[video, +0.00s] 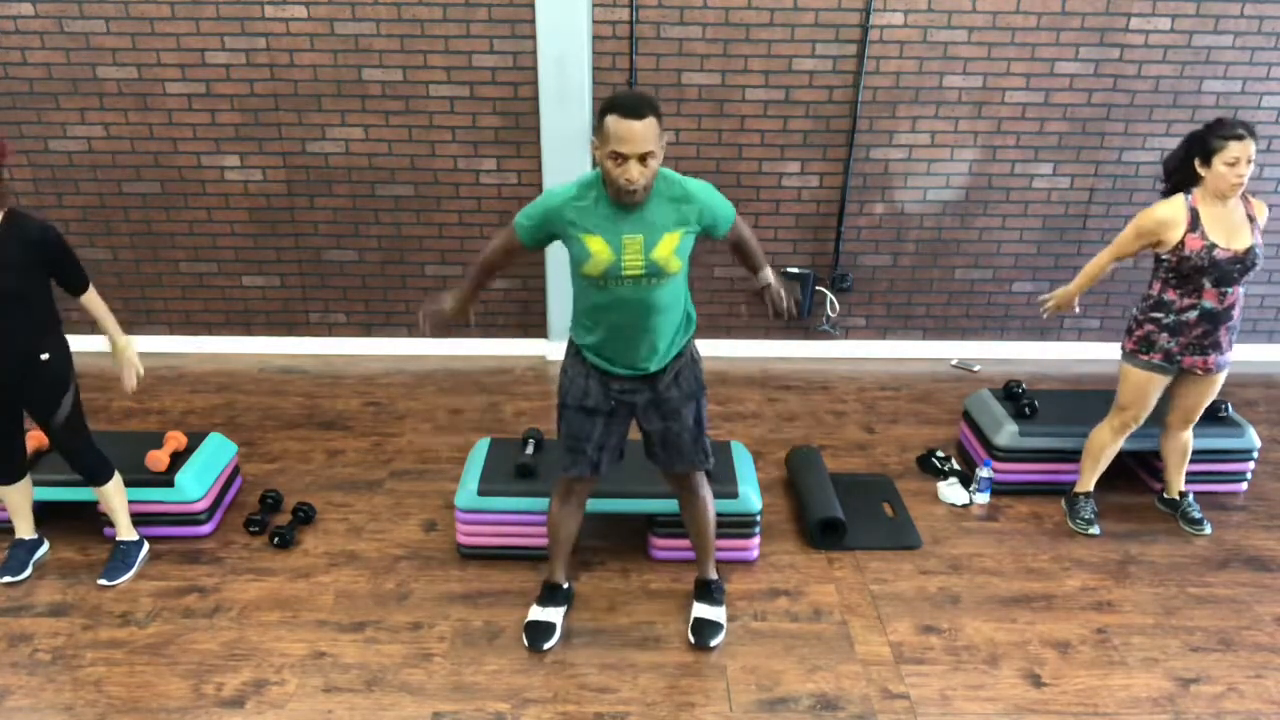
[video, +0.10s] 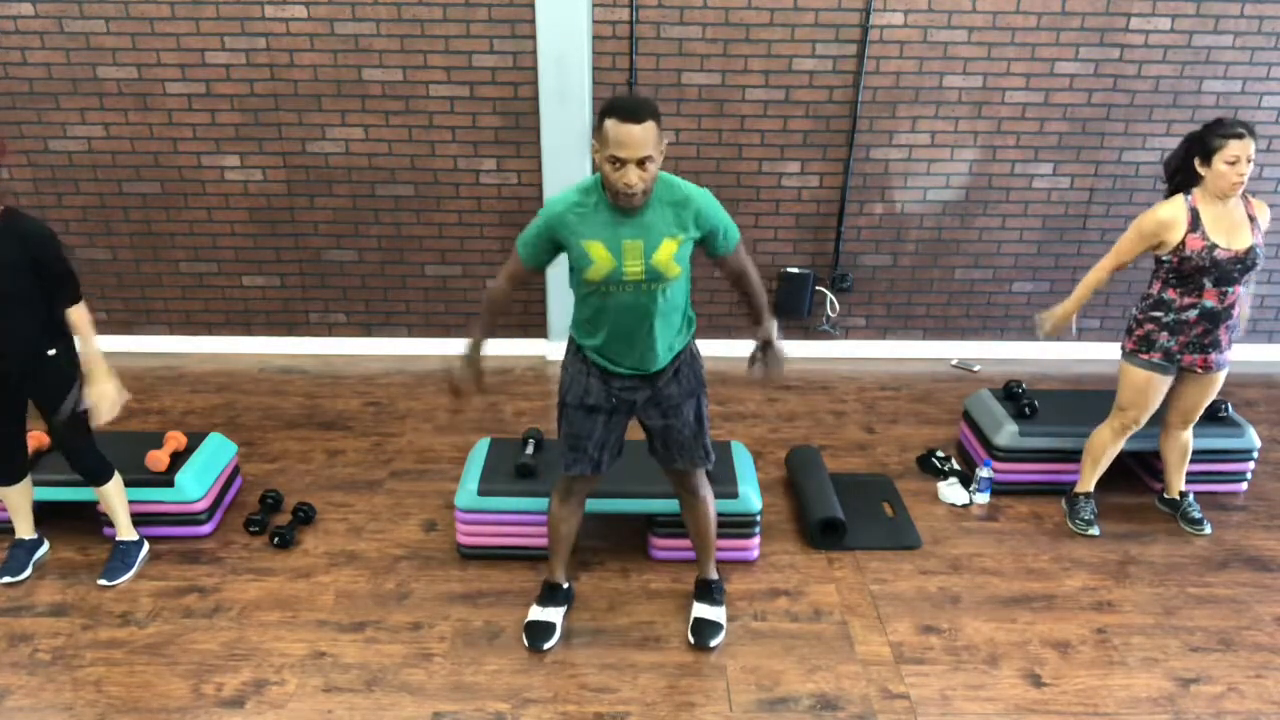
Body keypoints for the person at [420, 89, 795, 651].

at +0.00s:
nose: (632, 173)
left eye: (645, 159)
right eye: (618, 158)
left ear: (663, 150)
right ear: (596, 150)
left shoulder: (693, 200)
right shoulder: (563, 207)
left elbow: (737, 232)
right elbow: (504, 249)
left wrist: (765, 275)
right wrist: (460, 297)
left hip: (671, 366)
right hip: (593, 367)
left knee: (687, 476)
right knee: (574, 480)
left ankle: (709, 582)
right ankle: (556, 586)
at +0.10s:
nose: (631, 178)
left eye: (644, 163)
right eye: (617, 163)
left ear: (662, 153)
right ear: (596, 155)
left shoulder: (693, 205)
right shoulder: (564, 214)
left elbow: (739, 263)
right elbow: (506, 280)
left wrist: (767, 328)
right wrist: (473, 347)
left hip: (671, 366)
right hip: (593, 367)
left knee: (690, 478)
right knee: (573, 481)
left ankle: (709, 583)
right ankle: (556, 587)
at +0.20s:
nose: (630, 194)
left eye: (643, 179)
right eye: (616, 179)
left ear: (660, 168)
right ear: (596, 170)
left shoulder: (690, 219)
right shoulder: (564, 229)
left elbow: (731, 303)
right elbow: (524, 314)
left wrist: (752, 377)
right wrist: (502, 411)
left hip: (671, 364)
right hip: (593, 365)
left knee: (691, 477)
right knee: (574, 479)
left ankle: (709, 582)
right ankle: (555, 585)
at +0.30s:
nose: (629, 237)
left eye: (640, 220)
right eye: (615, 221)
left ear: (658, 205)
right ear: (596, 208)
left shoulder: (690, 251)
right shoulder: (567, 259)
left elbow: (721, 352)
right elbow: (542, 357)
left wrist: (726, 453)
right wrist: (536, 457)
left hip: (671, 367)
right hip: (592, 367)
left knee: (697, 485)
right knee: (563, 489)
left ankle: (708, 583)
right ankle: (555, 585)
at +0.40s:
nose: (630, 301)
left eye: (641, 285)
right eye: (617, 285)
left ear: (658, 268)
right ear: (598, 270)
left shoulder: (689, 300)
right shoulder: (571, 313)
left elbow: (713, 398)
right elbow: (554, 407)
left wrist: (707, 477)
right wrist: (561, 474)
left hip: (667, 393)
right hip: (595, 396)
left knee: (704, 496)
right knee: (558, 497)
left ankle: (710, 586)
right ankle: (554, 587)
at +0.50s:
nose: (629, 361)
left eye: (641, 345)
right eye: (616, 345)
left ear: (656, 327)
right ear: (599, 327)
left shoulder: (685, 350)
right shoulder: (571, 365)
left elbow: (710, 448)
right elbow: (556, 464)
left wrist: (703, 488)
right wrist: (570, 485)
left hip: (665, 427)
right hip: (596, 428)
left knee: (706, 506)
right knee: (553, 510)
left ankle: (709, 589)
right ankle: (554, 591)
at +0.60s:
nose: (629, 406)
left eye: (639, 392)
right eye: (616, 393)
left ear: (655, 372)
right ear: (598, 376)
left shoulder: (688, 396)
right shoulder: (570, 403)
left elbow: (715, 491)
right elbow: (553, 516)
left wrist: (699, 501)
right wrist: (568, 500)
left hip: (664, 448)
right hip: (595, 448)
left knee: (709, 522)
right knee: (549, 521)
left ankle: (709, 588)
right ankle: (554, 591)